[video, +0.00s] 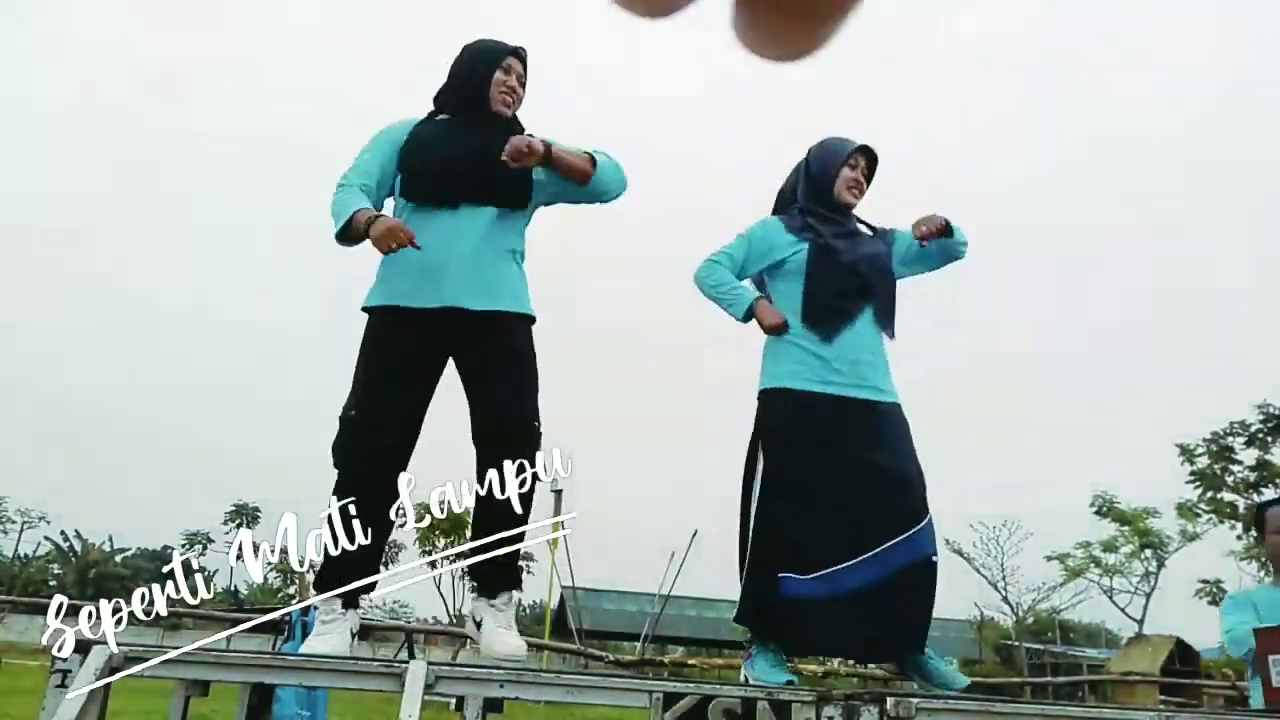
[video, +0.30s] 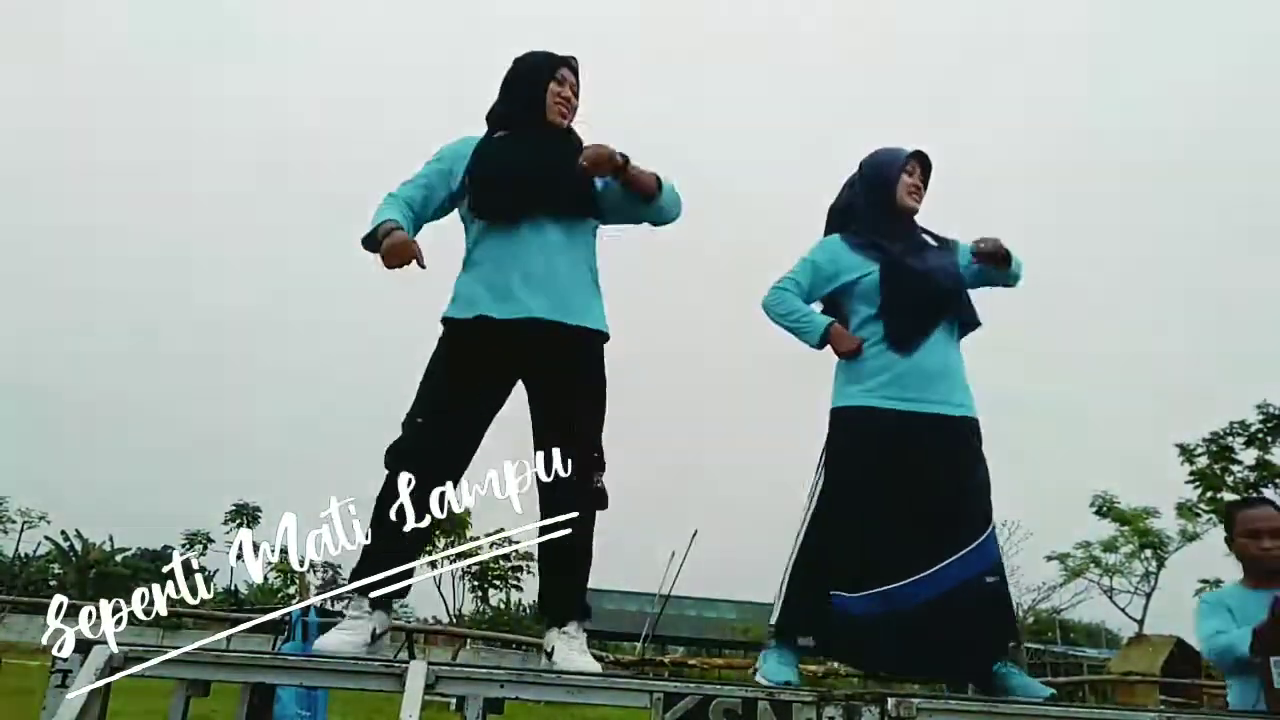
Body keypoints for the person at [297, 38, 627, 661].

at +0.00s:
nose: (514, 86)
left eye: (520, 82)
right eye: (504, 73)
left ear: (520, 95)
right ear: (469, 73)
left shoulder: (524, 155)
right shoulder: (405, 136)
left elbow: (614, 181)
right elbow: (350, 196)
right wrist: (372, 222)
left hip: (497, 313)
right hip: (405, 307)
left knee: (513, 454)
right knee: (368, 451)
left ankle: (493, 598)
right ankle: (343, 604)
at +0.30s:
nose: (569, 93)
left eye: (574, 89)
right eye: (559, 81)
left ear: (574, 107)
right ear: (523, 86)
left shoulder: (585, 171)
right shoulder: (474, 151)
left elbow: (667, 209)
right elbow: (401, 204)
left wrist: (625, 167)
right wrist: (393, 231)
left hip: (570, 331)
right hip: (480, 324)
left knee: (572, 482)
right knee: (422, 463)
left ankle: (564, 626)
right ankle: (370, 607)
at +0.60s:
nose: (603, 121)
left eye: (609, 115)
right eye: (591, 109)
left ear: (611, 127)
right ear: (556, 113)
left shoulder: (616, 181)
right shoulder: (512, 167)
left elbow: (637, 169)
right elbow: (480, 234)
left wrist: (589, 127)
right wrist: (526, 274)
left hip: (605, 351)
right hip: (521, 345)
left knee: (639, 475)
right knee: (494, 483)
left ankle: (596, 614)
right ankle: (477, 623)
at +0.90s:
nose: (666, 123)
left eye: (671, 115)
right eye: (655, 112)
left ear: (671, 126)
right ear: (623, 116)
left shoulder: (690, 190)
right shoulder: (574, 188)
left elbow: (765, 234)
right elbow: (521, 252)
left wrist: (856, 270)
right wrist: (459, 290)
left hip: (678, 357)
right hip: (590, 354)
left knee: (703, 502)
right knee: (538, 488)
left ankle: (714, 642)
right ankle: (481, 623)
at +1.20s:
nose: (679, 124)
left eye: (690, 116)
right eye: (669, 116)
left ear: (708, 126)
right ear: (654, 126)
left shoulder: (733, 192)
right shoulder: (623, 182)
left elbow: (751, 261)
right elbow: (569, 239)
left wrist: (757, 307)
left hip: (716, 350)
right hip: (634, 345)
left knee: (712, 490)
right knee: (623, 476)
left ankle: (713, 639)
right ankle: (632, 613)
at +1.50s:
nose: (651, 115)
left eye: (663, 106)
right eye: (642, 107)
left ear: (688, 114)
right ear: (632, 118)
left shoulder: (724, 182)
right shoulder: (612, 166)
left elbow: (757, 244)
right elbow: (586, 189)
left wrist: (766, 277)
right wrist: (680, 192)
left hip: (703, 336)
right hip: (619, 332)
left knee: (712, 481)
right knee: (575, 455)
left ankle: (719, 628)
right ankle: (605, 596)